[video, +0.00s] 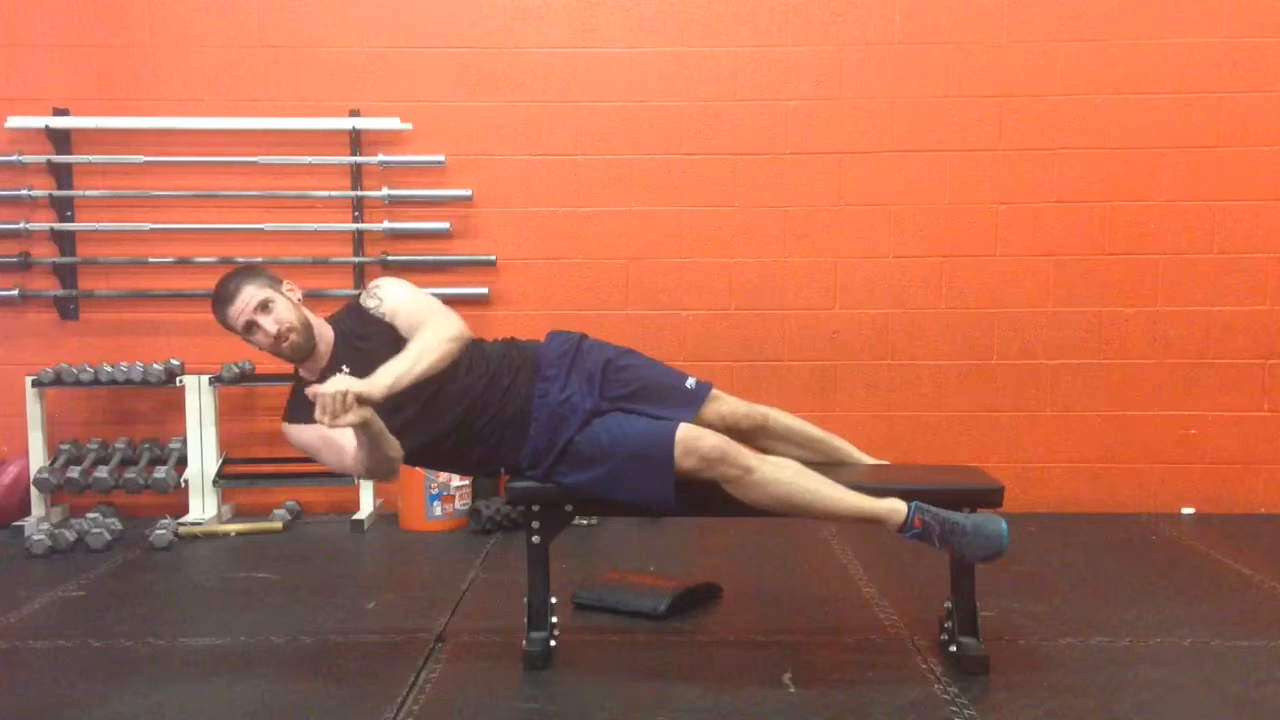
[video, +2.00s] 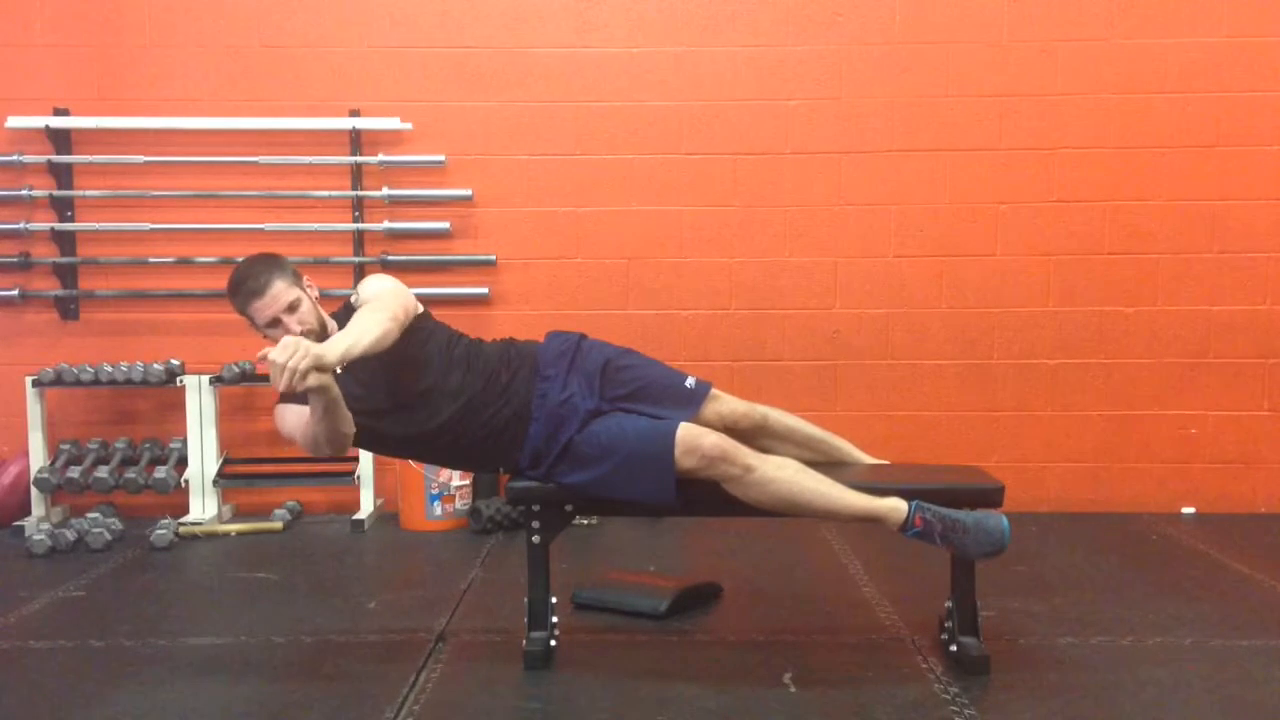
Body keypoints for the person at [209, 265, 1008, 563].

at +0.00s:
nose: (268, 329)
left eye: (266, 309)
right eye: (250, 331)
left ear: (290, 291)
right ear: (249, 349)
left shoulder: (372, 297)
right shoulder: (306, 417)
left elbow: (449, 334)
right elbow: (388, 470)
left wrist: (373, 388)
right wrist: (357, 421)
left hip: (565, 368)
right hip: (545, 451)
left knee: (740, 416)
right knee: (709, 453)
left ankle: (912, 495)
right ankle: (914, 520)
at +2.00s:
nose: (290, 326)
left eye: (290, 308)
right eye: (271, 325)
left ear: (313, 286)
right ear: (261, 339)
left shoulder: (373, 295)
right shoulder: (307, 402)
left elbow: (389, 322)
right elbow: (333, 447)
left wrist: (329, 354)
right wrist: (305, 391)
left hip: (567, 366)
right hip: (546, 449)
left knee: (737, 416)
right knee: (709, 454)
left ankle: (908, 491)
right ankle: (911, 519)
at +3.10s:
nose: (308, 305)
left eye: (309, 287)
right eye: (287, 303)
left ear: (324, 274)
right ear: (268, 318)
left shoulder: (376, 291)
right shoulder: (306, 399)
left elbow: (469, 315)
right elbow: (384, 452)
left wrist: (406, 362)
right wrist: (403, 374)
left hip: (566, 363)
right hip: (541, 442)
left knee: (739, 416)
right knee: (720, 461)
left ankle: (900, 483)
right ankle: (906, 520)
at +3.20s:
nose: (325, 295)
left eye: (327, 277)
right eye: (302, 294)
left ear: (339, 263)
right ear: (279, 307)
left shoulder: (393, 287)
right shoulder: (312, 392)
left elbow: (520, 333)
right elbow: (396, 450)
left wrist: (475, 393)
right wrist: (476, 379)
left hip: (582, 364)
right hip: (547, 443)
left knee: (748, 418)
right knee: (721, 465)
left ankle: (904, 487)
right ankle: (911, 523)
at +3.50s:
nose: (433, 211)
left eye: (430, 198)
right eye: (417, 201)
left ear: (418, 198)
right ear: (369, 209)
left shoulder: (451, 249)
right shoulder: (344, 322)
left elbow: (561, 274)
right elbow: (443, 399)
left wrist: (667, 288)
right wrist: (564, 389)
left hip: (583, 367)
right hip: (547, 434)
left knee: (755, 420)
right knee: (713, 461)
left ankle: (890, 498)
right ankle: (914, 522)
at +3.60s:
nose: (485, 193)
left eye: (488, 178)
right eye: (473, 179)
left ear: (469, 176)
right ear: (424, 175)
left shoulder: (484, 236)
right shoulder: (380, 282)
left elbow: (579, 276)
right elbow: (472, 371)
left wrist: (670, 292)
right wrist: (598, 383)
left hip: (589, 365)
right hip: (546, 429)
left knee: (762, 425)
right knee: (716, 468)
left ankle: (879, 504)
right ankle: (905, 524)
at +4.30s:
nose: (804, 207)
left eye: (809, 192)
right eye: (804, 189)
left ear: (775, 176)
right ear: (776, 173)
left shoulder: (729, 247)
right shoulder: (699, 215)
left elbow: (725, 361)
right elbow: (666, 337)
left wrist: (786, 440)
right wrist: (718, 446)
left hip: (657, 405)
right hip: (608, 406)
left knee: (768, 445)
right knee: (727, 465)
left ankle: (714, 551)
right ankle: (826, 654)